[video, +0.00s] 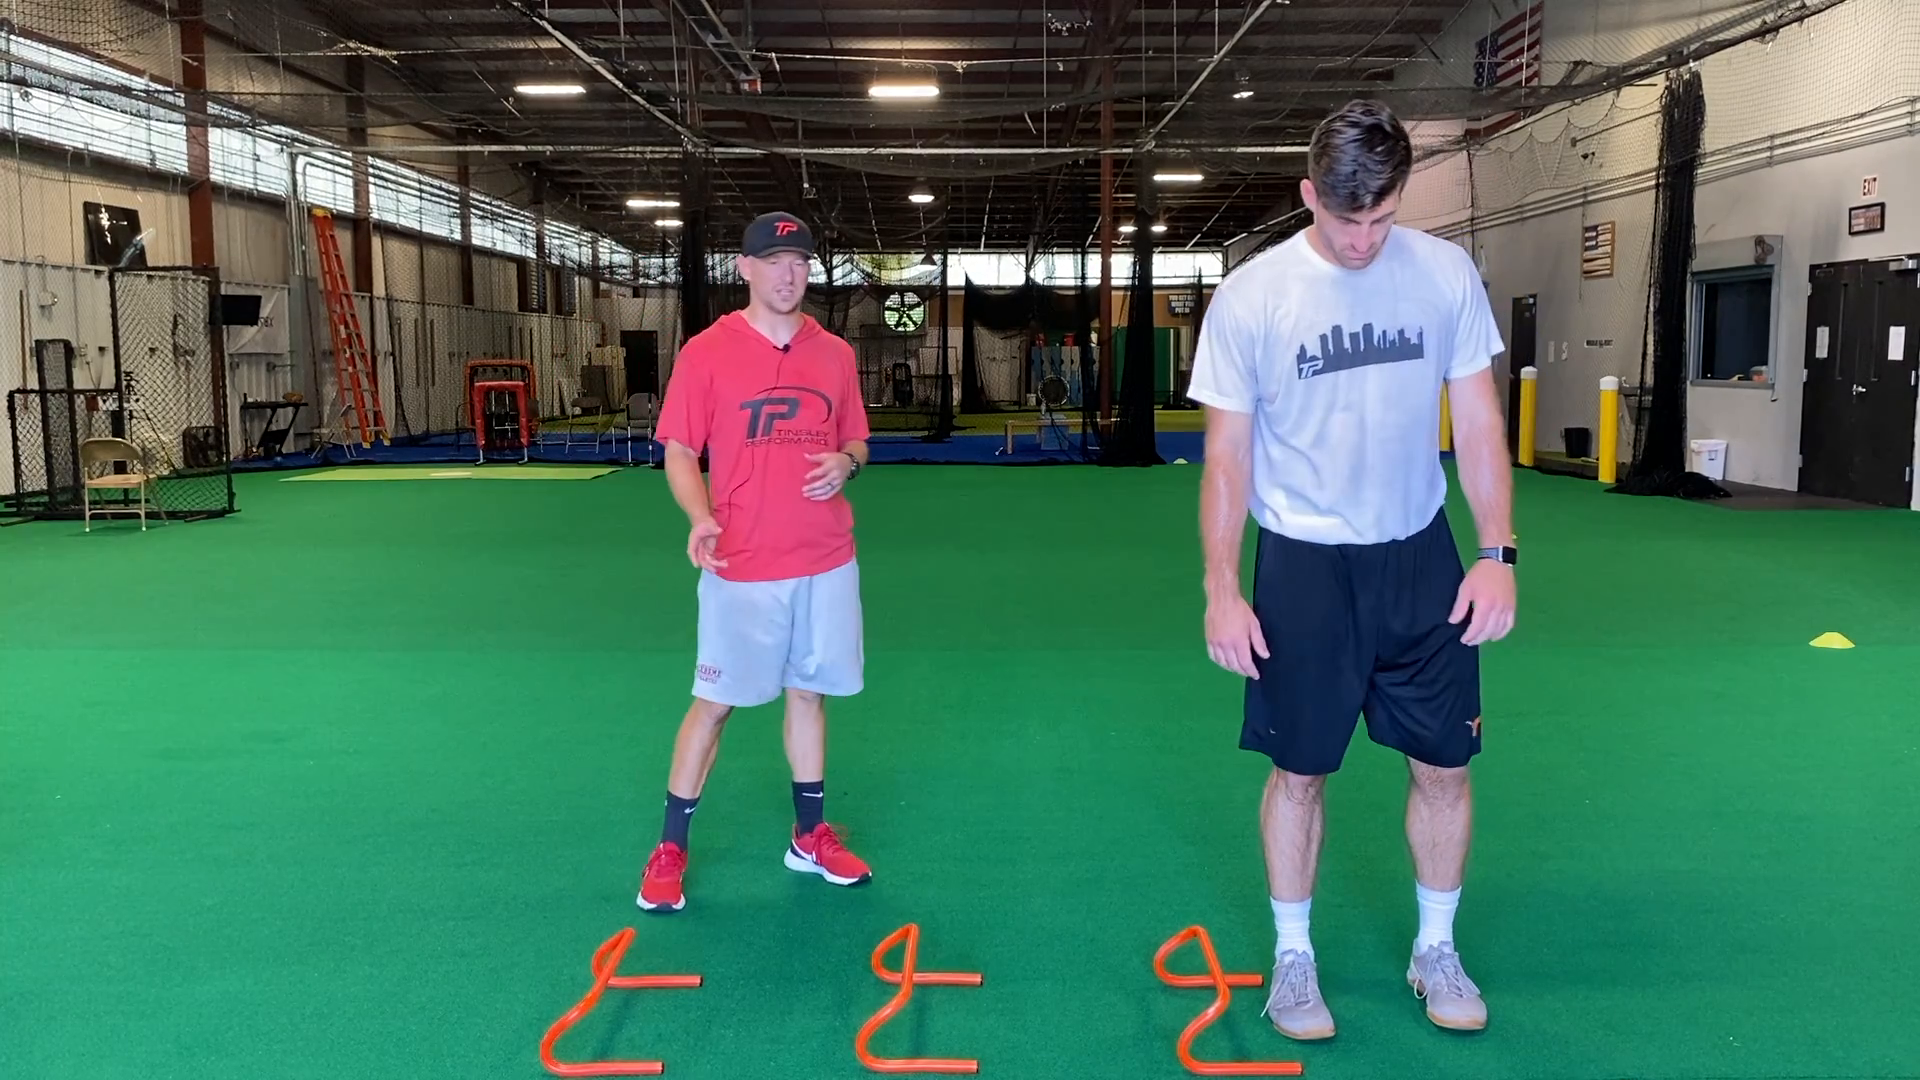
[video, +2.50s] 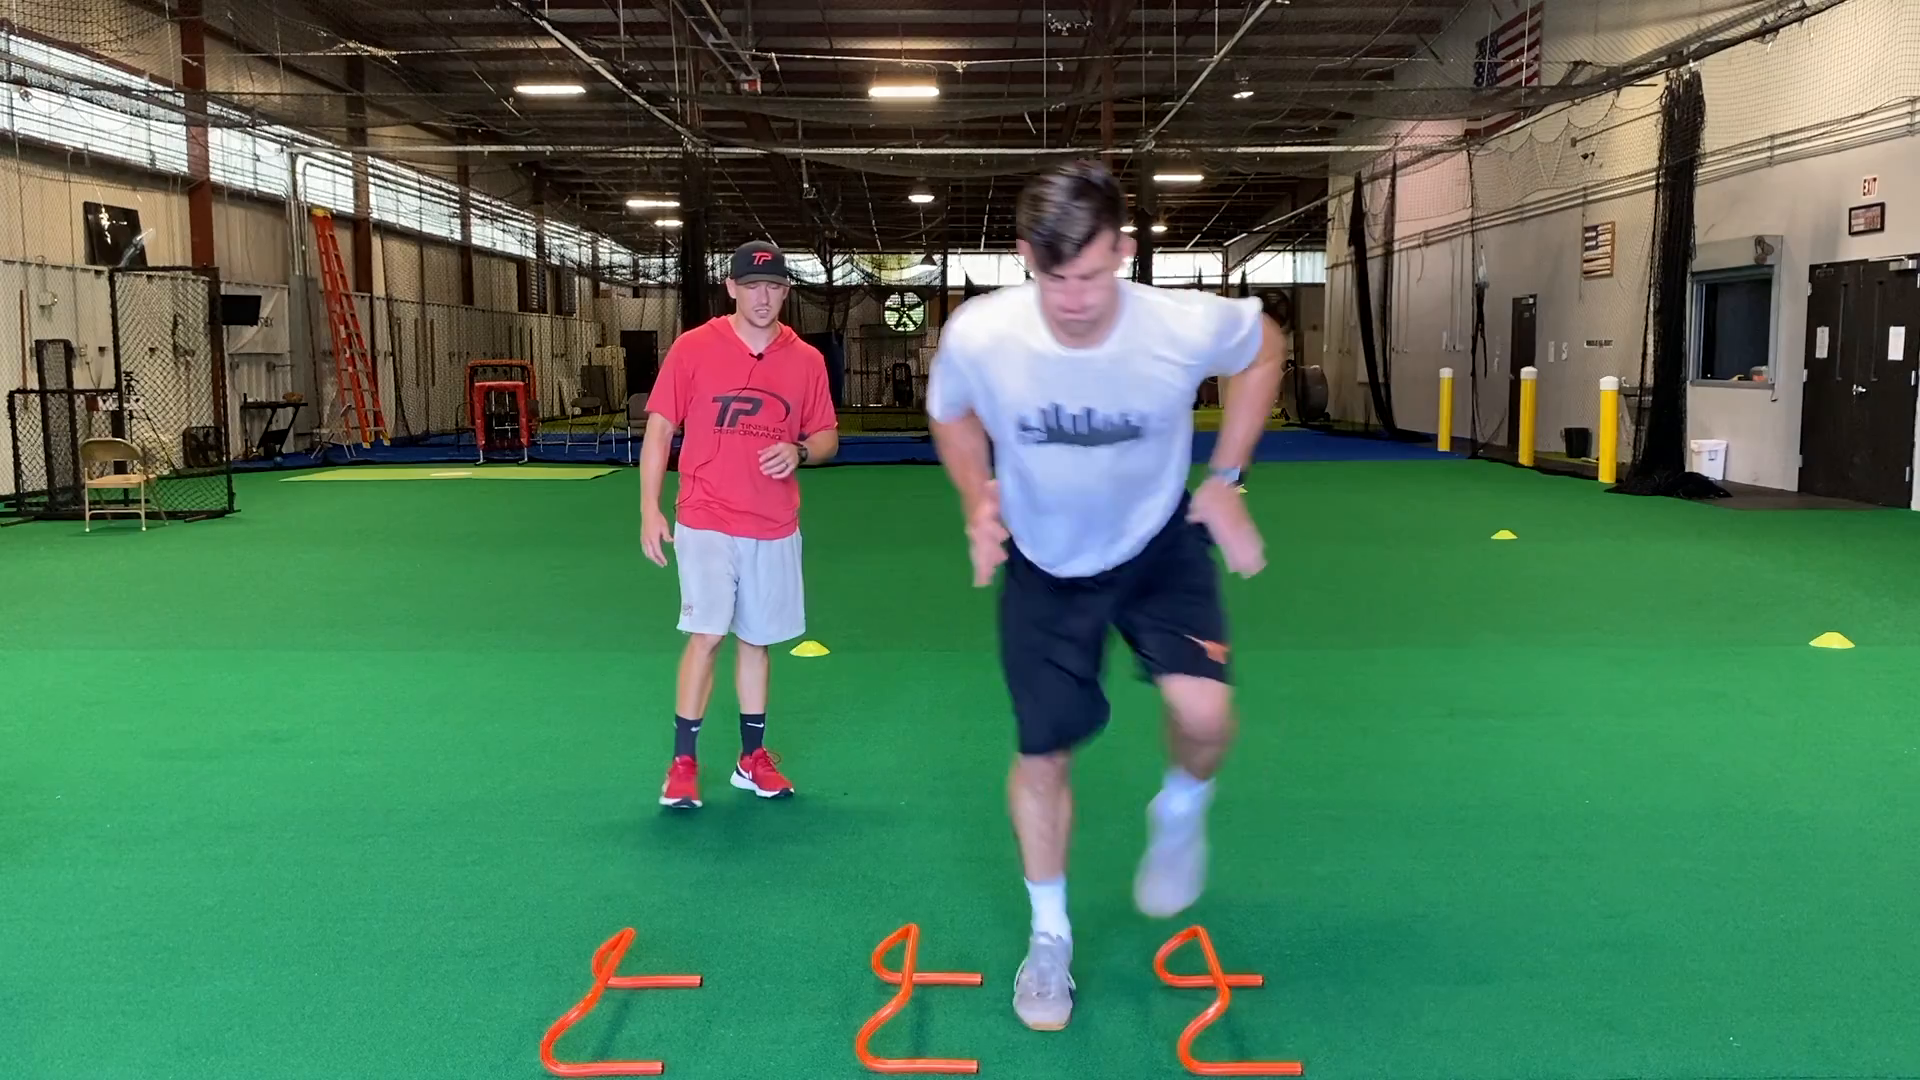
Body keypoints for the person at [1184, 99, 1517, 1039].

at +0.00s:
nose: (1363, 234)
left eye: (1380, 215)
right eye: (1346, 215)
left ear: (1402, 194)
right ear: (1308, 191)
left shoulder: (1444, 274)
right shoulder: (1249, 298)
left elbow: (1479, 422)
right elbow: (1225, 458)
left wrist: (1497, 552)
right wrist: (1223, 590)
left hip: (1419, 557)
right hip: (1302, 564)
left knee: (1445, 759)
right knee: (1300, 766)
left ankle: (1437, 950)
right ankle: (1294, 959)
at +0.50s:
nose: (1397, 233)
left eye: (1415, 214)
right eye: (1379, 213)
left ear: (1439, 194)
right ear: (1341, 187)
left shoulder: (1480, 278)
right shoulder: (1277, 291)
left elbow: (1511, 437)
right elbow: (1250, 457)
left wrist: (1528, 569)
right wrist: (1245, 583)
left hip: (1436, 560)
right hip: (1317, 563)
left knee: (1436, 763)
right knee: (1306, 769)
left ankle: (1428, 958)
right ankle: (1293, 960)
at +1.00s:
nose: (1424, 253)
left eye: (1442, 234)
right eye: (1408, 232)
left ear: (1463, 213)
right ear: (1369, 200)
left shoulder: (1496, 293)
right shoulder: (1290, 292)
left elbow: (1520, 446)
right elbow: (1247, 444)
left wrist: (1538, 583)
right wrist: (1247, 581)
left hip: (1431, 564)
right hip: (1315, 565)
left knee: (1432, 764)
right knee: (1312, 767)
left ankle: (1428, 959)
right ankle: (1298, 962)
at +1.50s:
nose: (1389, 309)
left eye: (1405, 288)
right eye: (1371, 289)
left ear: (1427, 259)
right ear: (1333, 258)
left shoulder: (1472, 314)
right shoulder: (1260, 338)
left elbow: (1501, 446)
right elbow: (1214, 472)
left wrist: (1503, 581)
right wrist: (1228, 615)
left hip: (1415, 574)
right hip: (1296, 579)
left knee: (1441, 761)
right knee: (1297, 772)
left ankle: (1432, 955)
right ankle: (1298, 961)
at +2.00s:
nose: (1396, 367)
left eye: (1414, 347)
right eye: (1377, 347)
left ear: (1436, 322)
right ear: (1338, 318)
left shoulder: (1476, 381)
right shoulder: (1257, 374)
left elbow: (1517, 467)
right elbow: (1192, 449)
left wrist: (1499, 598)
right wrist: (1214, 586)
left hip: (1394, 581)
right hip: (1275, 580)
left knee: (1418, 769)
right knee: (1288, 763)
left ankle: (1424, 958)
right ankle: (1300, 952)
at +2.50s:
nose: (1073, 296)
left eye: (1090, 276)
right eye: (1056, 278)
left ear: (1123, 251)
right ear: (1027, 260)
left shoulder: (1181, 324)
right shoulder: (978, 334)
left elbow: (1262, 347)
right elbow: (948, 408)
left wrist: (1224, 476)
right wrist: (978, 498)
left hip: (1159, 546)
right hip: (1042, 565)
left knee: (1205, 714)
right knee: (1041, 753)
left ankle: (1180, 814)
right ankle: (1048, 935)